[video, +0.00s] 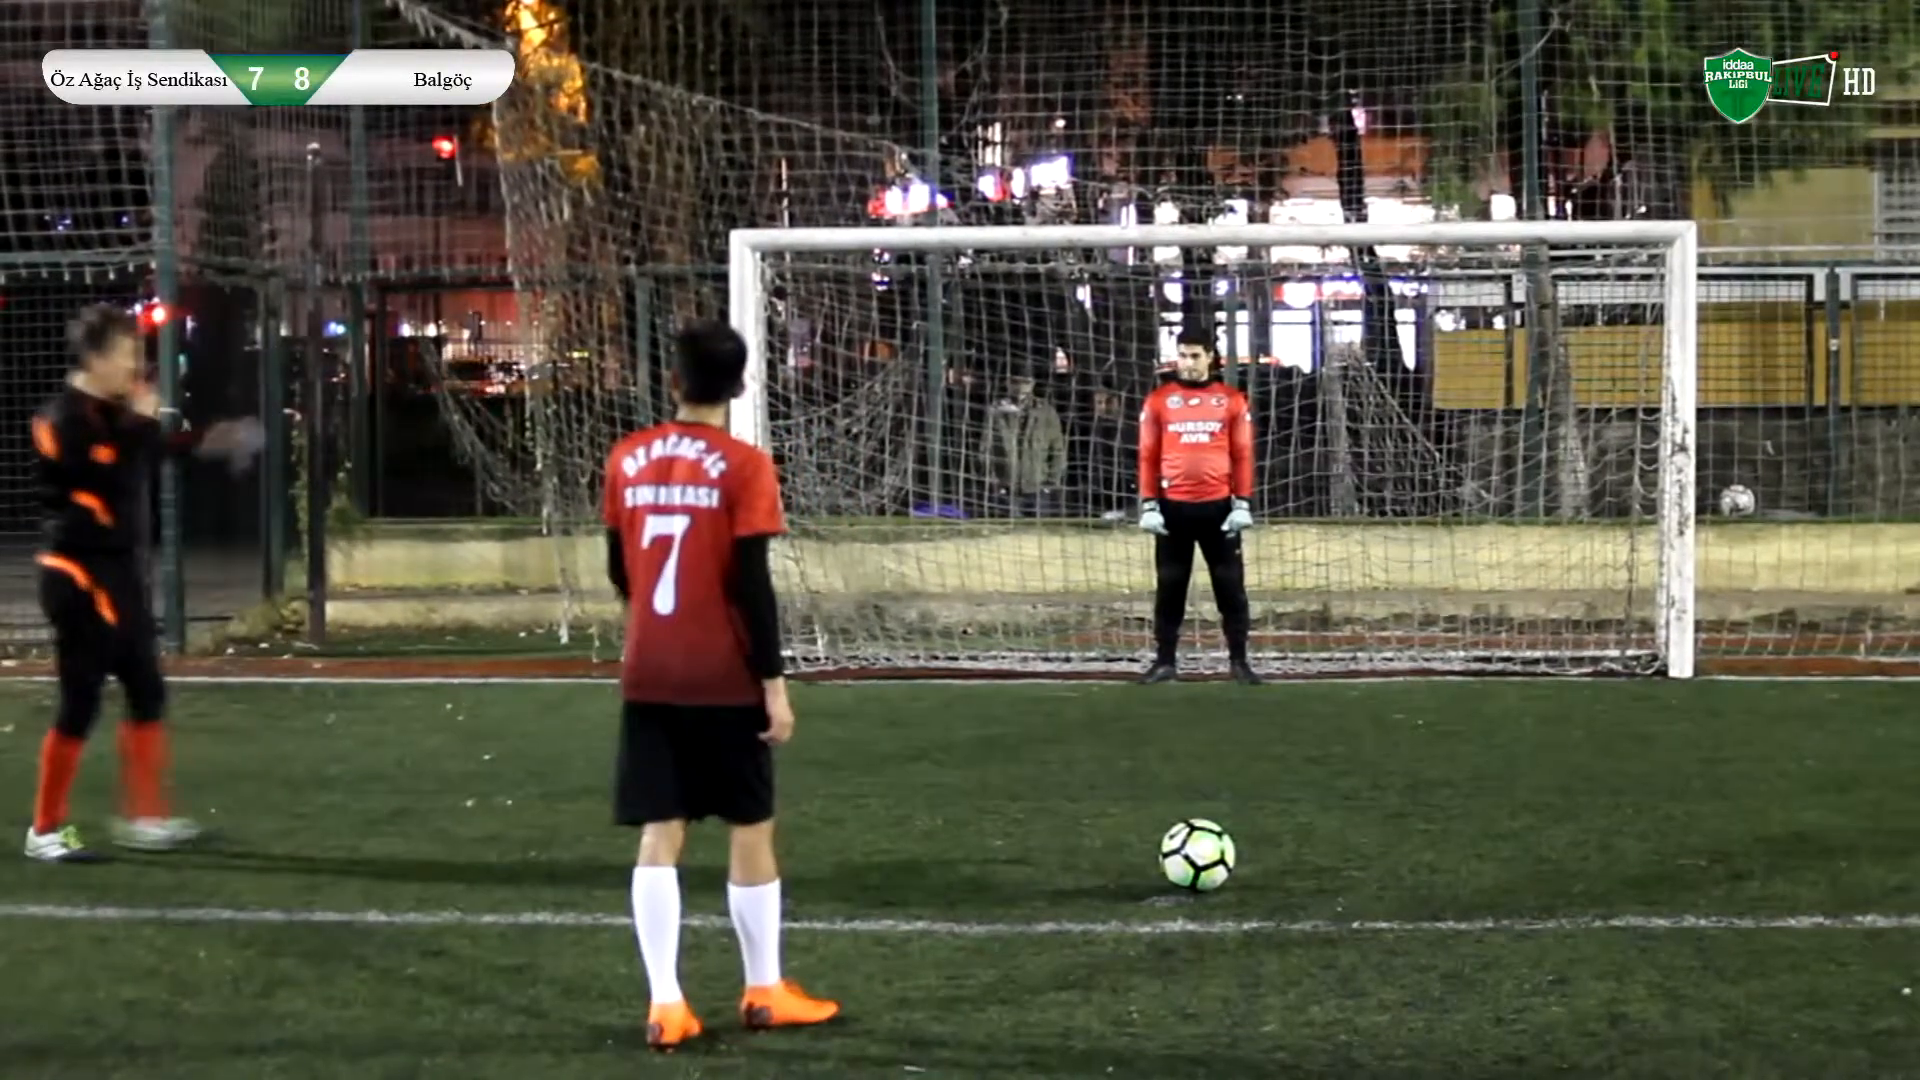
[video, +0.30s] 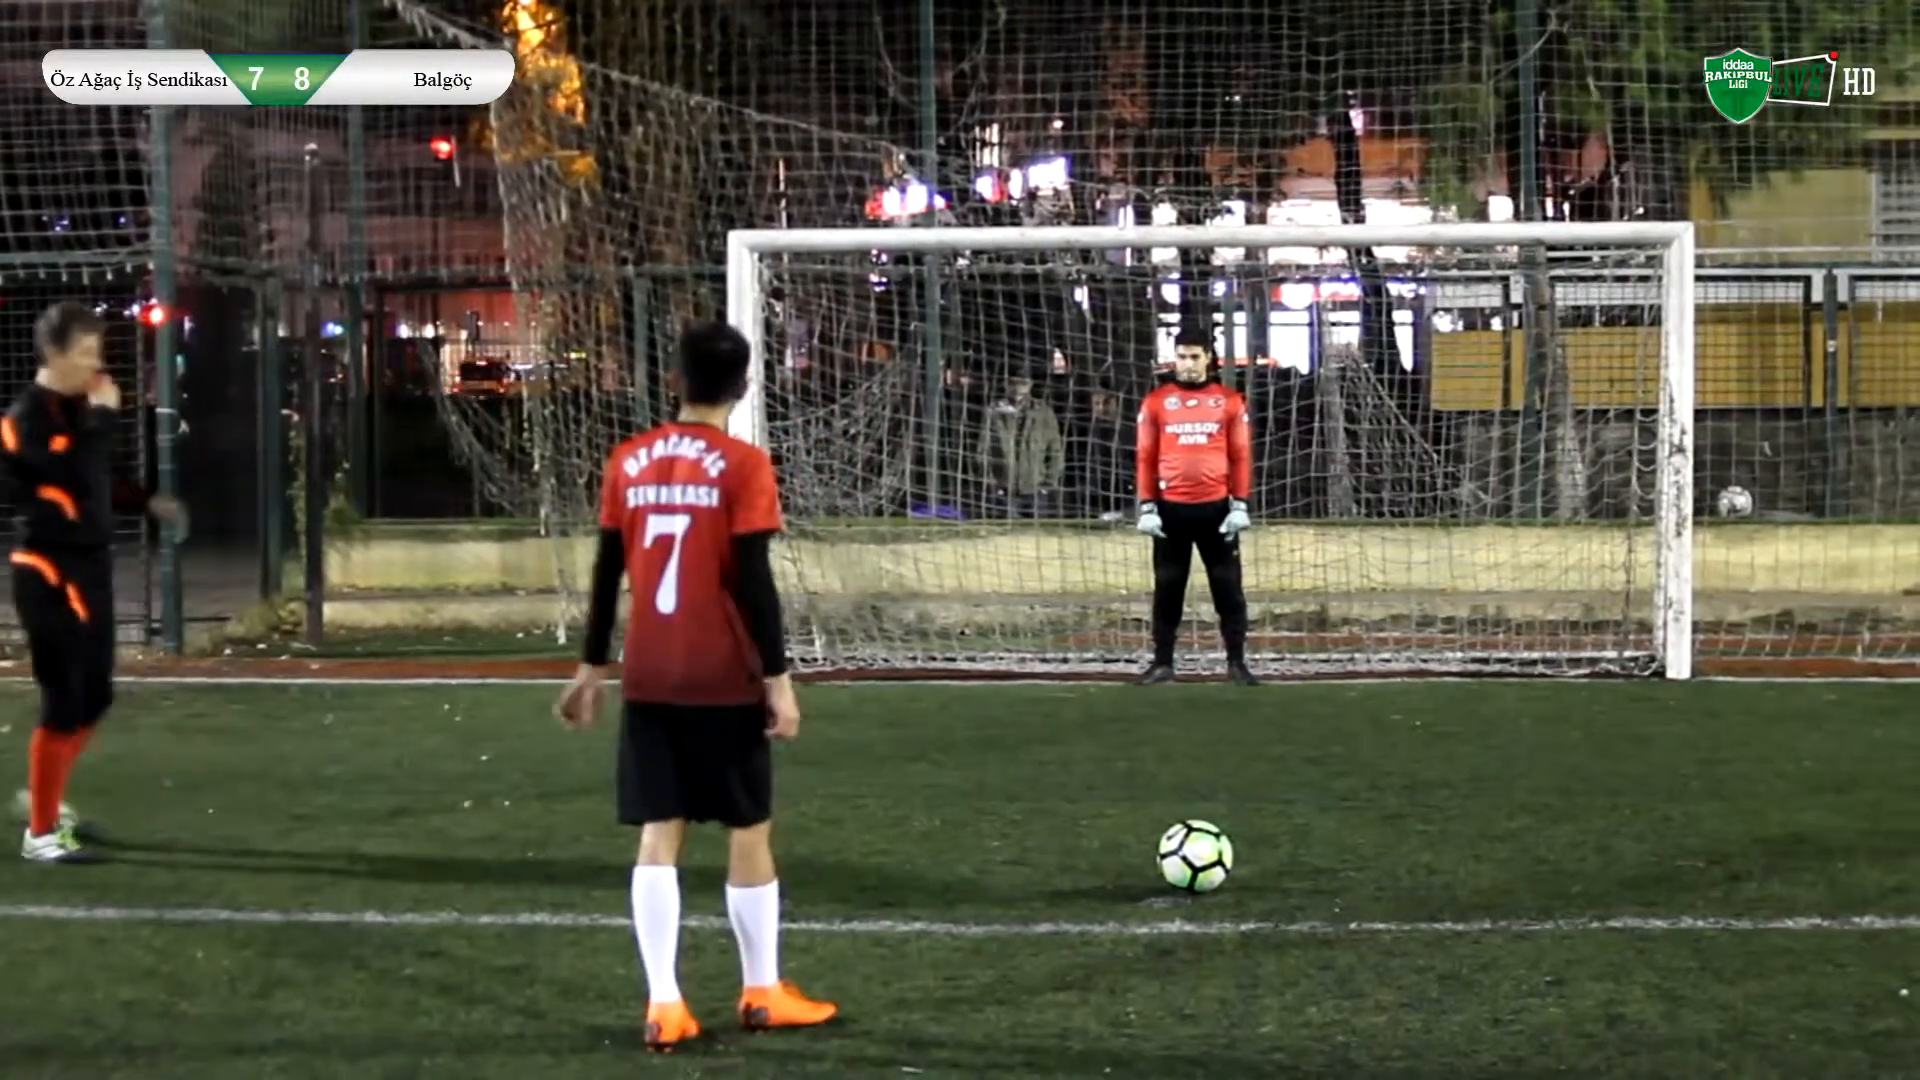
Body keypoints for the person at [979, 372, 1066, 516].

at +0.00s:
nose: (1020, 388)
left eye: (1026, 383)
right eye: (1015, 382)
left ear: (1033, 385)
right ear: (1007, 383)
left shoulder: (1047, 413)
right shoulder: (996, 412)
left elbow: (1058, 450)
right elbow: (985, 449)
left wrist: (1052, 483)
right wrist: (994, 482)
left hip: (1038, 492)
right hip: (1006, 492)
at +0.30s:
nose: (1017, 389)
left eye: (1023, 384)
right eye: (1012, 383)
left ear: (1031, 386)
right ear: (1005, 385)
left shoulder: (1044, 413)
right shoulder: (994, 413)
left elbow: (1055, 451)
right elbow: (983, 451)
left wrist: (1049, 484)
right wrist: (992, 484)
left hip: (1036, 492)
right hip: (1004, 492)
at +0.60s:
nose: (1015, 390)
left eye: (1021, 384)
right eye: (1011, 384)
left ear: (1030, 386)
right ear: (1005, 385)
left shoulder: (1044, 414)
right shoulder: (993, 413)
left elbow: (1055, 453)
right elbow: (983, 451)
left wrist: (1048, 486)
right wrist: (991, 485)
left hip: (1035, 493)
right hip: (1003, 493)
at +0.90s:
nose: (1015, 390)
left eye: (1020, 384)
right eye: (1010, 384)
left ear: (1029, 386)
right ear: (1004, 385)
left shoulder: (1043, 414)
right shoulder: (992, 413)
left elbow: (1054, 453)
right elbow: (982, 451)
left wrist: (1047, 486)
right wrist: (991, 485)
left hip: (1034, 493)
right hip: (1002, 493)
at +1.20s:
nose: (1014, 389)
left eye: (1020, 384)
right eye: (1009, 383)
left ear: (1027, 386)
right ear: (1003, 385)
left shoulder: (1042, 413)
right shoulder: (991, 413)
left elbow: (1052, 453)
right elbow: (981, 450)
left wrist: (1046, 485)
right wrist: (989, 485)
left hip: (1033, 492)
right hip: (1001, 492)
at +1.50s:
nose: (1018, 388)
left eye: (1023, 382)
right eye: (1013, 382)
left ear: (1030, 384)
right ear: (1006, 383)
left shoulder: (1045, 412)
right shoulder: (995, 410)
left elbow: (1056, 453)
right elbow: (985, 449)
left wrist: (1049, 485)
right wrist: (992, 482)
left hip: (1036, 491)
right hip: (1004, 491)